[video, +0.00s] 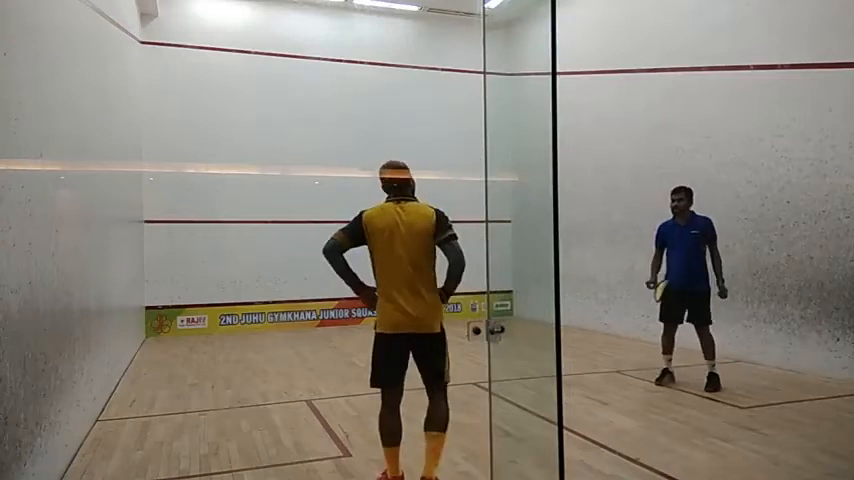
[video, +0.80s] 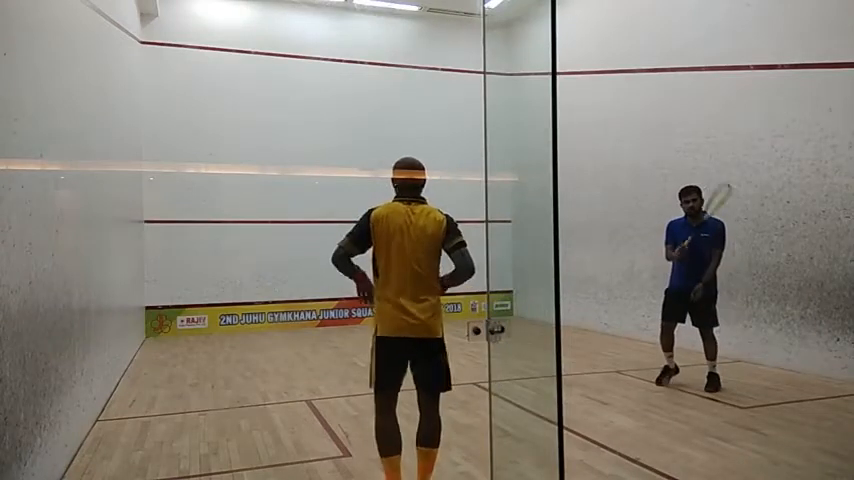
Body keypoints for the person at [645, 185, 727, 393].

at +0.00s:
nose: (675, 204)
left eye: (680, 200)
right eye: (673, 201)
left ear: (690, 202)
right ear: (670, 203)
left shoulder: (704, 224)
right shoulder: (664, 229)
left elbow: (714, 253)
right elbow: (658, 255)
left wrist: (720, 281)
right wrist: (653, 277)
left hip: (698, 288)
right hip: (673, 288)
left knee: (702, 329)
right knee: (668, 328)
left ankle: (712, 373)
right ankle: (667, 370)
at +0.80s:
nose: (690, 205)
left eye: (694, 201)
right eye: (686, 202)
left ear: (702, 201)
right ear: (681, 205)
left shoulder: (716, 227)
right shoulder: (674, 226)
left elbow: (716, 260)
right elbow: (668, 255)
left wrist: (703, 284)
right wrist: (676, 254)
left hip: (703, 287)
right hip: (677, 287)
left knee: (706, 332)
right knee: (666, 328)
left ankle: (712, 373)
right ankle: (670, 366)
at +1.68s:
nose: (611, 212)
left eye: (614, 208)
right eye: (612, 208)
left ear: (624, 210)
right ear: (622, 210)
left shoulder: (641, 229)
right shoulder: (622, 235)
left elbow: (655, 257)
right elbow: (607, 257)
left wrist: (668, 284)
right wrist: (589, 272)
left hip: (656, 291)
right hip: (638, 292)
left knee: (661, 335)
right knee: (632, 330)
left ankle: (700, 364)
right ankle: (636, 378)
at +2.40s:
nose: (559, 204)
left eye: (562, 200)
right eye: (559, 200)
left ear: (573, 202)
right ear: (578, 203)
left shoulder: (566, 226)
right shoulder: (594, 227)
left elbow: (564, 257)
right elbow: (596, 262)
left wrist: (547, 277)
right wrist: (603, 289)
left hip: (568, 291)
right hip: (588, 291)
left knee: (555, 331)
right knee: (582, 332)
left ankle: (561, 382)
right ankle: (613, 375)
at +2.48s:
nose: (558, 204)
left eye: (561, 200)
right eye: (558, 200)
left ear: (573, 202)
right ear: (576, 202)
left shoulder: (566, 225)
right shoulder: (590, 228)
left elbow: (561, 257)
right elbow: (585, 263)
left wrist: (542, 279)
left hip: (562, 291)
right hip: (583, 292)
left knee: (551, 332)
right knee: (576, 332)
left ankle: (559, 382)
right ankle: (597, 379)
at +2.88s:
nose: (530, 212)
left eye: (534, 209)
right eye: (532, 208)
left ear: (540, 212)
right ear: (552, 212)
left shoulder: (531, 233)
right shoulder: (561, 238)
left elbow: (532, 273)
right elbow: (564, 277)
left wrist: (517, 298)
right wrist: (563, 306)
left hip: (533, 301)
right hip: (559, 302)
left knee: (511, 343)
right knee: (565, 343)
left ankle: (507, 395)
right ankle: (592, 386)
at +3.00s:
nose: (512, 221)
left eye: (515, 218)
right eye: (514, 217)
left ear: (521, 221)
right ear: (535, 222)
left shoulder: (514, 246)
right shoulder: (547, 247)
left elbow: (510, 282)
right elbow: (553, 280)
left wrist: (497, 312)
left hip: (523, 310)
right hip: (548, 310)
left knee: (499, 355)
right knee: (549, 345)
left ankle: (504, 406)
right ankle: (584, 386)